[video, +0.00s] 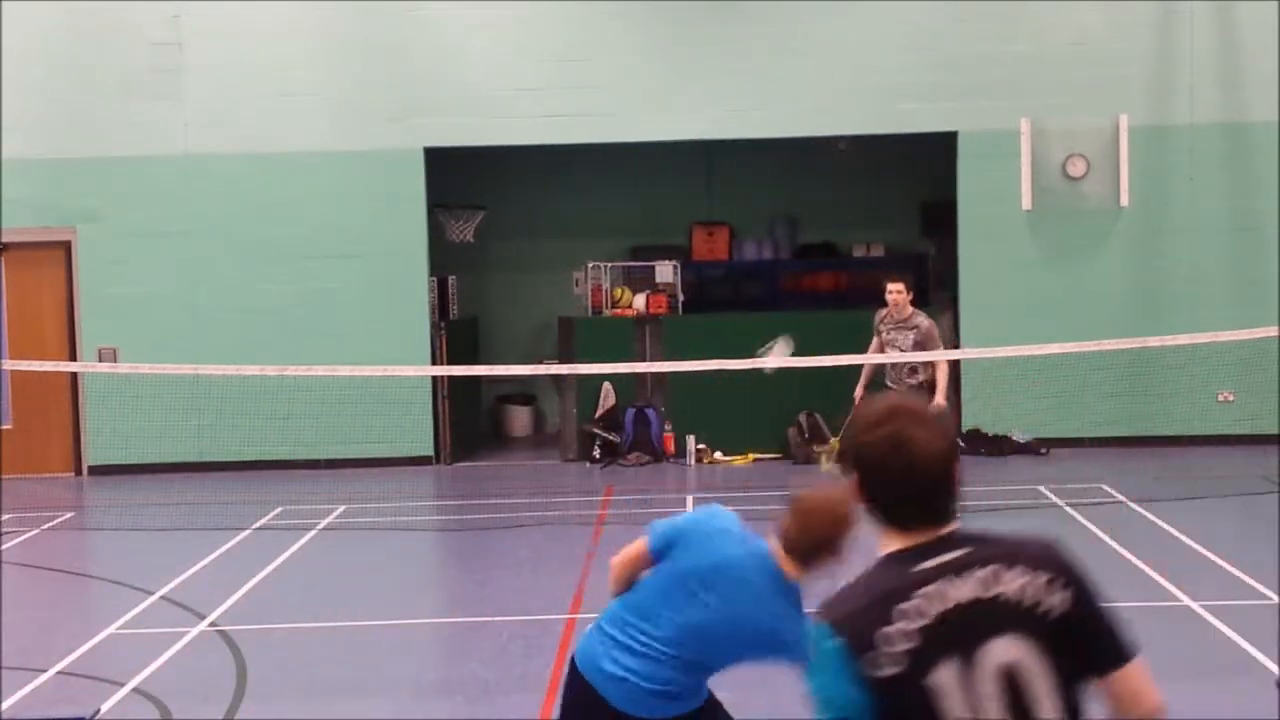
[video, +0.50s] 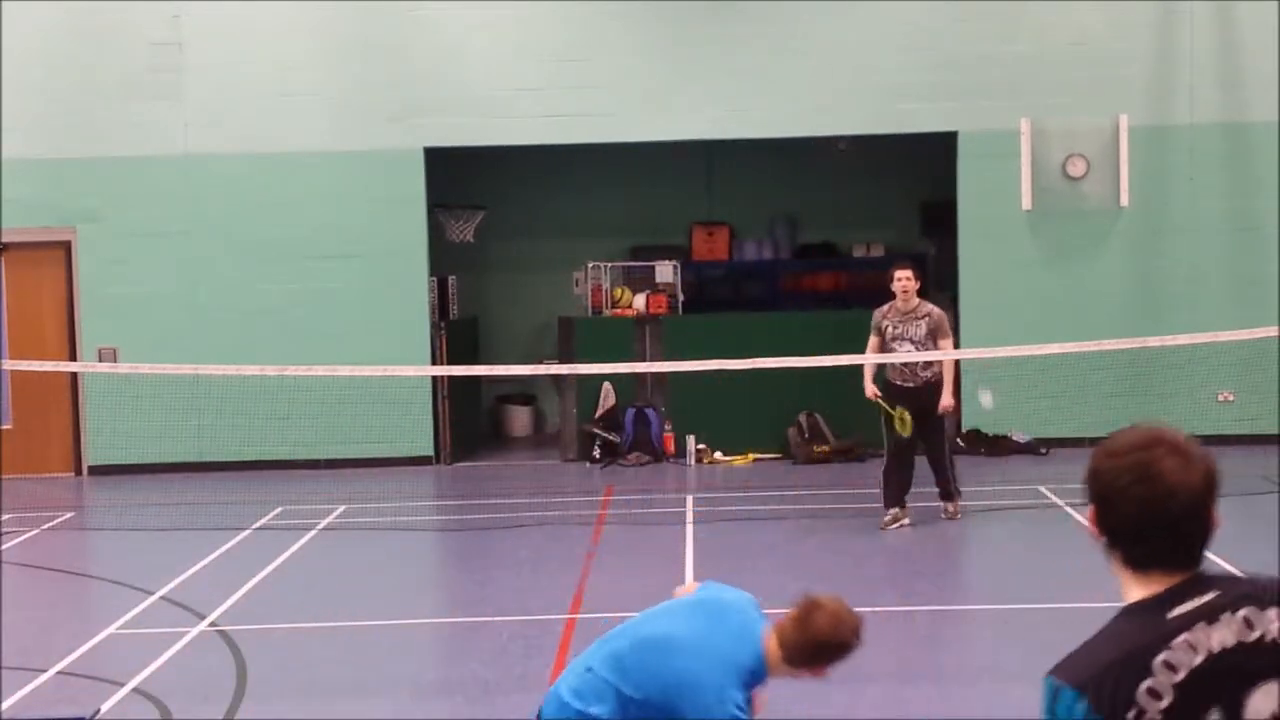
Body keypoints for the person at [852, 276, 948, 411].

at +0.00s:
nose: (894, 298)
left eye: (899, 293)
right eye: (890, 293)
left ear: (909, 296)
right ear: (885, 296)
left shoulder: (924, 325)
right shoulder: (882, 317)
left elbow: (940, 361)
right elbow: (875, 349)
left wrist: (940, 396)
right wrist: (861, 385)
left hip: (918, 392)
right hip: (890, 391)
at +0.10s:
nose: (901, 296)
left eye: (906, 292)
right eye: (897, 292)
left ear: (917, 295)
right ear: (892, 296)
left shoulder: (932, 325)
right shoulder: (888, 321)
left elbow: (948, 363)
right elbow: (878, 355)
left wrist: (948, 395)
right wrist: (863, 389)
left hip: (927, 394)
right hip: (898, 393)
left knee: (927, 438)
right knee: (896, 438)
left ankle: (935, 486)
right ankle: (901, 486)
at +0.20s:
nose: (905, 292)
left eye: (910, 287)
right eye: (902, 288)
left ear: (921, 291)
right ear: (897, 291)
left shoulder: (938, 320)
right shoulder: (892, 317)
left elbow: (952, 358)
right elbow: (883, 352)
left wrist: (941, 390)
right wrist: (868, 388)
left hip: (932, 388)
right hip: (902, 388)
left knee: (938, 445)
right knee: (895, 440)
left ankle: (949, 500)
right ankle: (902, 484)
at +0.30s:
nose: (909, 288)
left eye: (913, 283)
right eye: (904, 284)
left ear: (923, 287)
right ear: (899, 288)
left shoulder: (940, 316)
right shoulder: (891, 315)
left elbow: (953, 355)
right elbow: (881, 353)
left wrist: (942, 387)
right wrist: (871, 385)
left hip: (933, 387)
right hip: (902, 387)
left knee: (939, 444)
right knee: (897, 441)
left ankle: (950, 500)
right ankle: (903, 487)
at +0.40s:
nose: (906, 286)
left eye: (911, 281)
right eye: (902, 281)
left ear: (921, 284)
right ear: (896, 285)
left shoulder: (938, 314)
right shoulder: (888, 313)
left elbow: (953, 353)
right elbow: (878, 350)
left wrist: (945, 387)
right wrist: (871, 380)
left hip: (932, 386)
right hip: (900, 387)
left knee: (939, 445)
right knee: (898, 445)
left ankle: (950, 499)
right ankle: (899, 500)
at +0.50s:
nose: (903, 285)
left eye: (907, 280)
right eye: (898, 280)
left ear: (917, 284)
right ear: (892, 285)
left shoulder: (935, 315)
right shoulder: (881, 316)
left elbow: (948, 354)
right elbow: (872, 351)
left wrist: (947, 392)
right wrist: (868, 381)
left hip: (929, 389)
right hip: (896, 390)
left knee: (937, 448)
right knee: (897, 449)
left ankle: (949, 499)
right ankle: (896, 507)